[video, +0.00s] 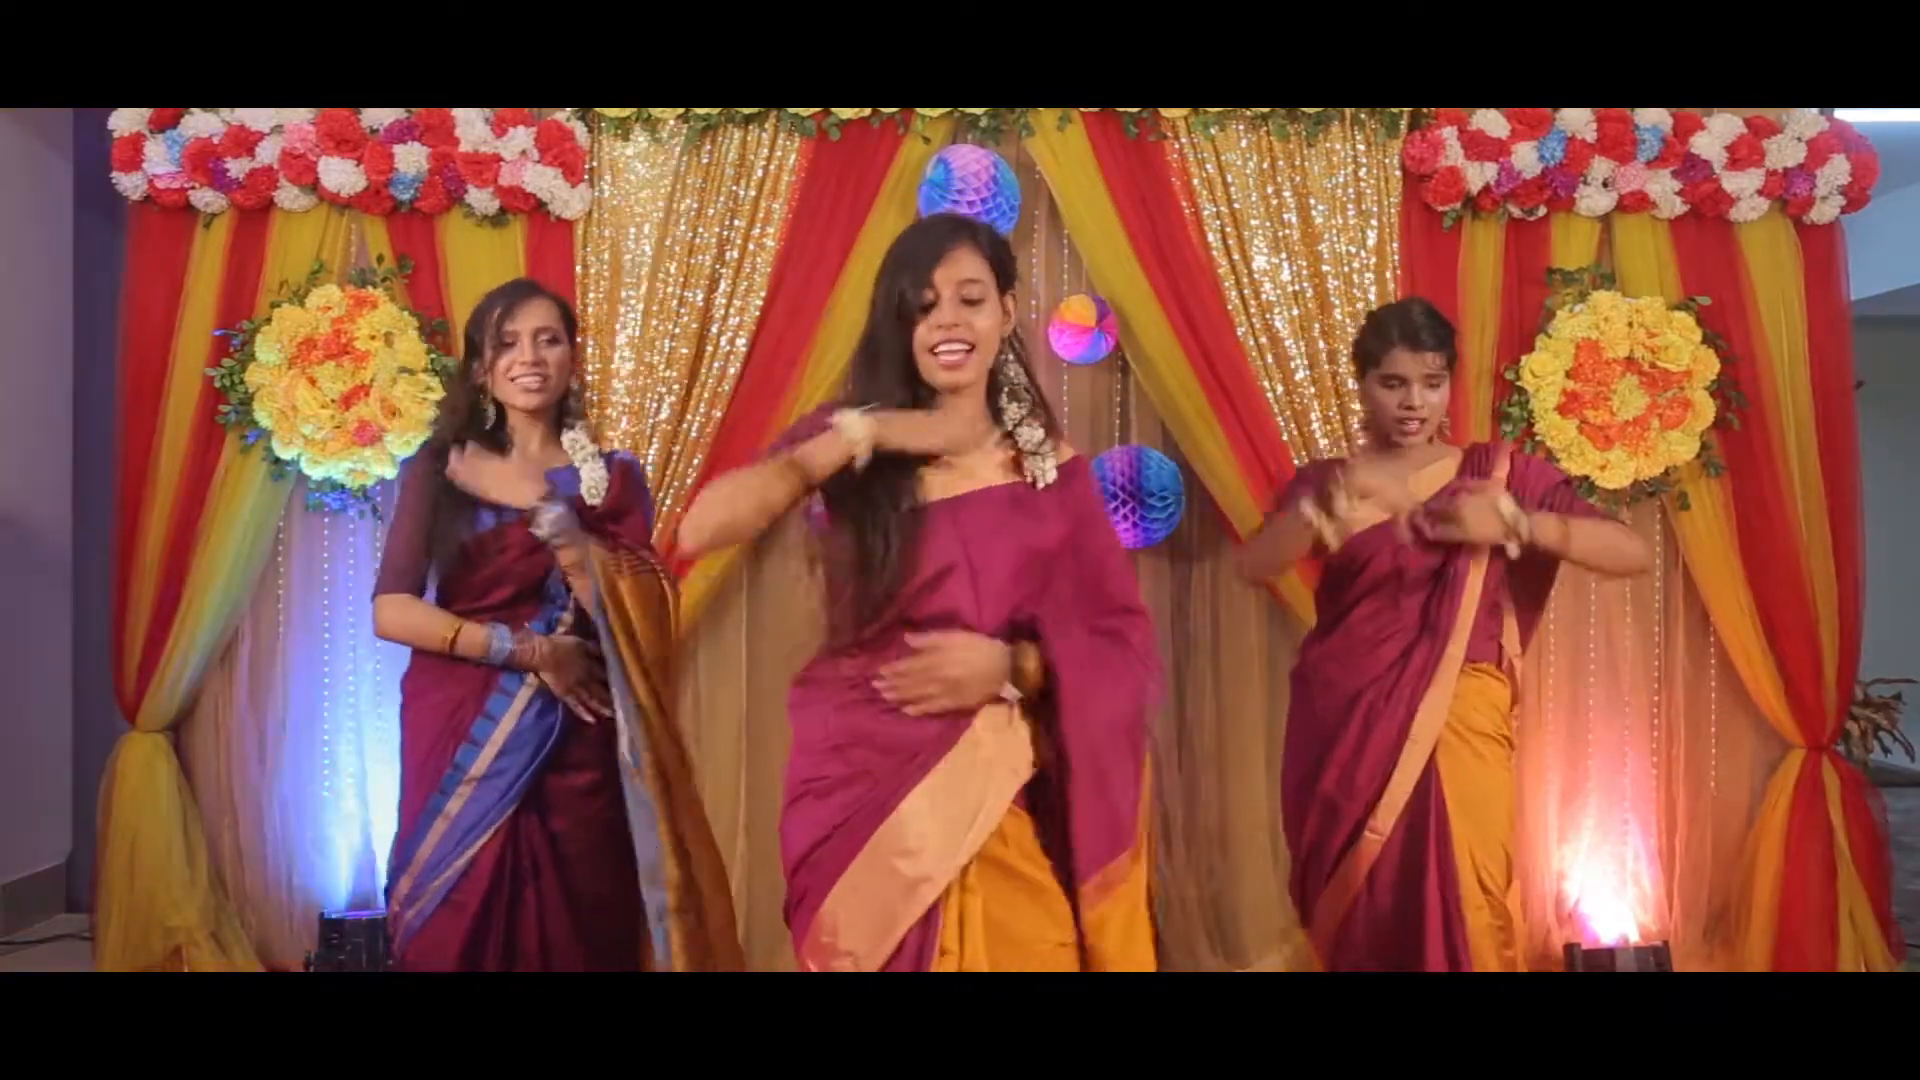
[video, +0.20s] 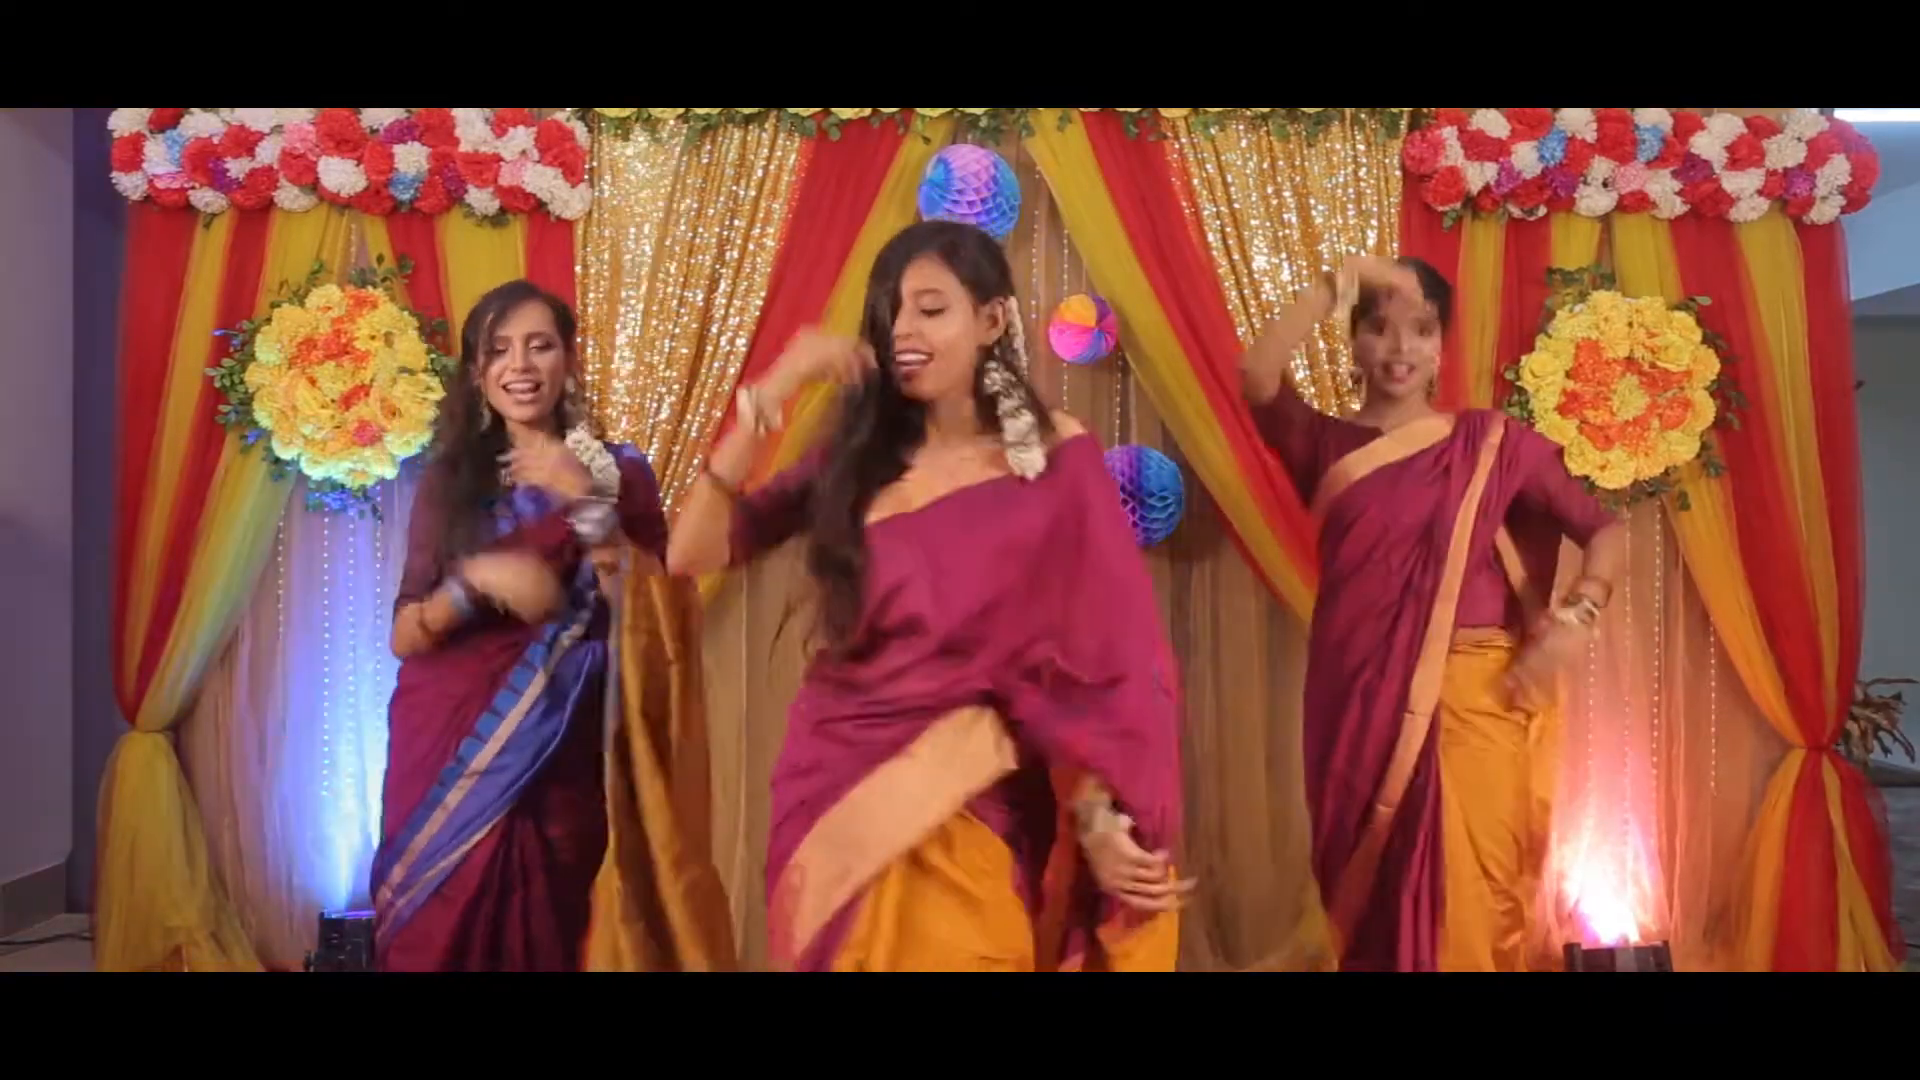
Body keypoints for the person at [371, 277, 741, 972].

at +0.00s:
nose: (530, 357)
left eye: (548, 340)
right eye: (509, 344)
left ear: (574, 362)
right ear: (482, 371)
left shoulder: (614, 474)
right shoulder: (442, 467)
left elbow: (644, 615)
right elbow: (392, 612)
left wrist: (543, 503)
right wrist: (526, 650)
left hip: (580, 741)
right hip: (461, 745)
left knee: (585, 935)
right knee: (465, 930)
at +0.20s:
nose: (522, 362)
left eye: (541, 345)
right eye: (501, 348)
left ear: (569, 361)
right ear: (477, 370)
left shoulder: (619, 472)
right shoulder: (450, 477)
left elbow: (651, 616)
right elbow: (404, 634)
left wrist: (587, 506)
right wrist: (473, 577)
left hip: (567, 728)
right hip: (448, 725)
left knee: (550, 926)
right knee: (437, 923)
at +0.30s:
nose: (518, 364)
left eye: (538, 345)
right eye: (498, 348)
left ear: (569, 359)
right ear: (475, 365)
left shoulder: (615, 466)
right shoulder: (447, 464)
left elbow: (626, 623)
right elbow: (410, 601)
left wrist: (623, 514)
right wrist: (465, 478)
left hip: (563, 702)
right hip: (449, 695)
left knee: (548, 909)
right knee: (438, 899)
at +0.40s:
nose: (517, 373)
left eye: (536, 353)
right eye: (499, 354)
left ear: (568, 360)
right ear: (472, 362)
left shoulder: (608, 459)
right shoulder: (450, 454)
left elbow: (671, 593)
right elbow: (408, 538)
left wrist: (620, 554)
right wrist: (462, 412)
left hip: (576, 701)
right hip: (461, 696)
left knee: (567, 905)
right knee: (451, 896)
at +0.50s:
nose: (513, 384)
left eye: (533, 367)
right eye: (497, 368)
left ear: (570, 380)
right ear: (472, 381)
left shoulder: (604, 486)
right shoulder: (446, 473)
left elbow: (673, 601)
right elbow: (404, 524)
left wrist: (631, 618)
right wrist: (461, 391)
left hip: (585, 739)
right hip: (464, 738)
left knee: (584, 933)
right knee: (462, 929)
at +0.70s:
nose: (508, 364)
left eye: (530, 345)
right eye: (492, 346)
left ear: (565, 360)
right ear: (468, 362)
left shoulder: (607, 465)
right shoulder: (448, 463)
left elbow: (709, 578)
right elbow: (403, 514)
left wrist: (641, 614)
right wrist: (459, 382)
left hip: (584, 724)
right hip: (464, 726)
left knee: (596, 927)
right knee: (463, 927)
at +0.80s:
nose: (512, 354)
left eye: (533, 337)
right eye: (494, 336)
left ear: (564, 359)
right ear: (468, 350)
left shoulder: (605, 460)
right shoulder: (447, 459)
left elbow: (715, 552)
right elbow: (394, 532)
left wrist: (633, 619)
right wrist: (446, 399)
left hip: (574, 709)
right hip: (457, 710)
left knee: (585, 921)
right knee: (455, 918)